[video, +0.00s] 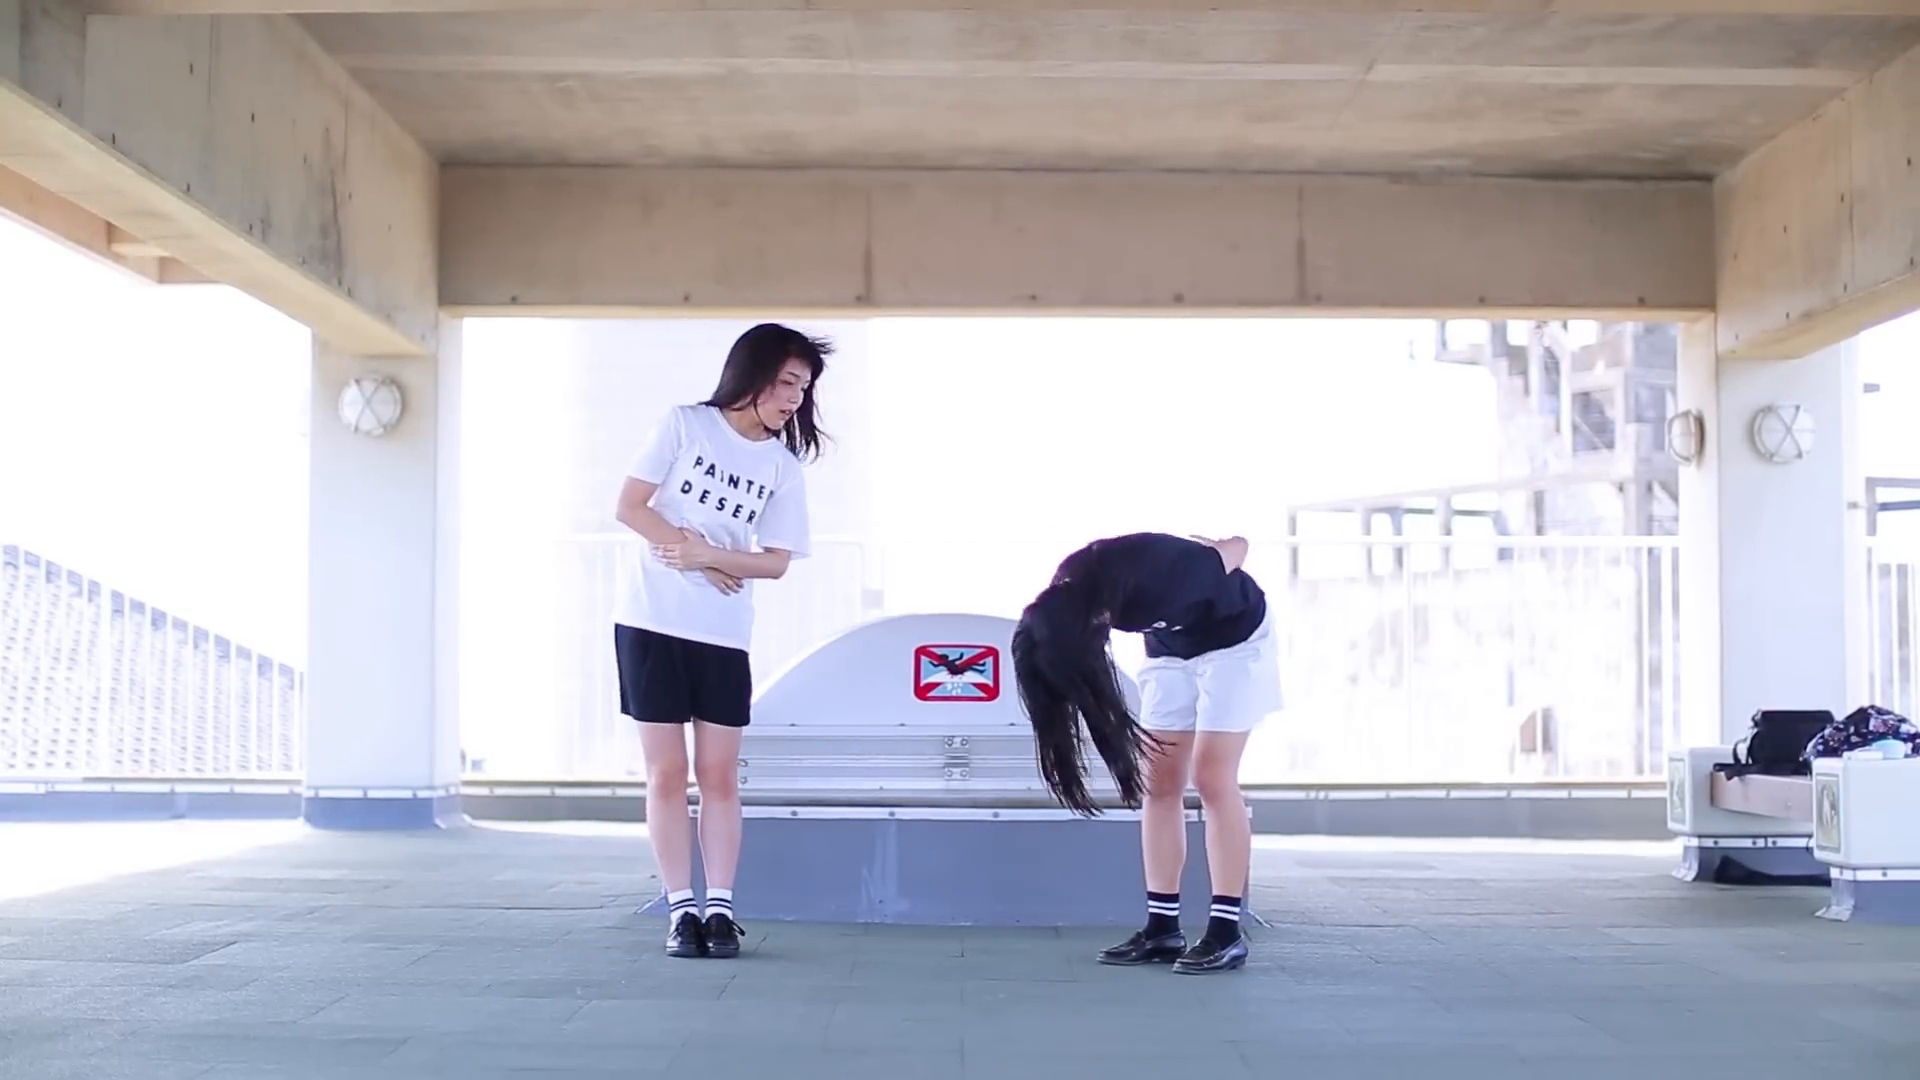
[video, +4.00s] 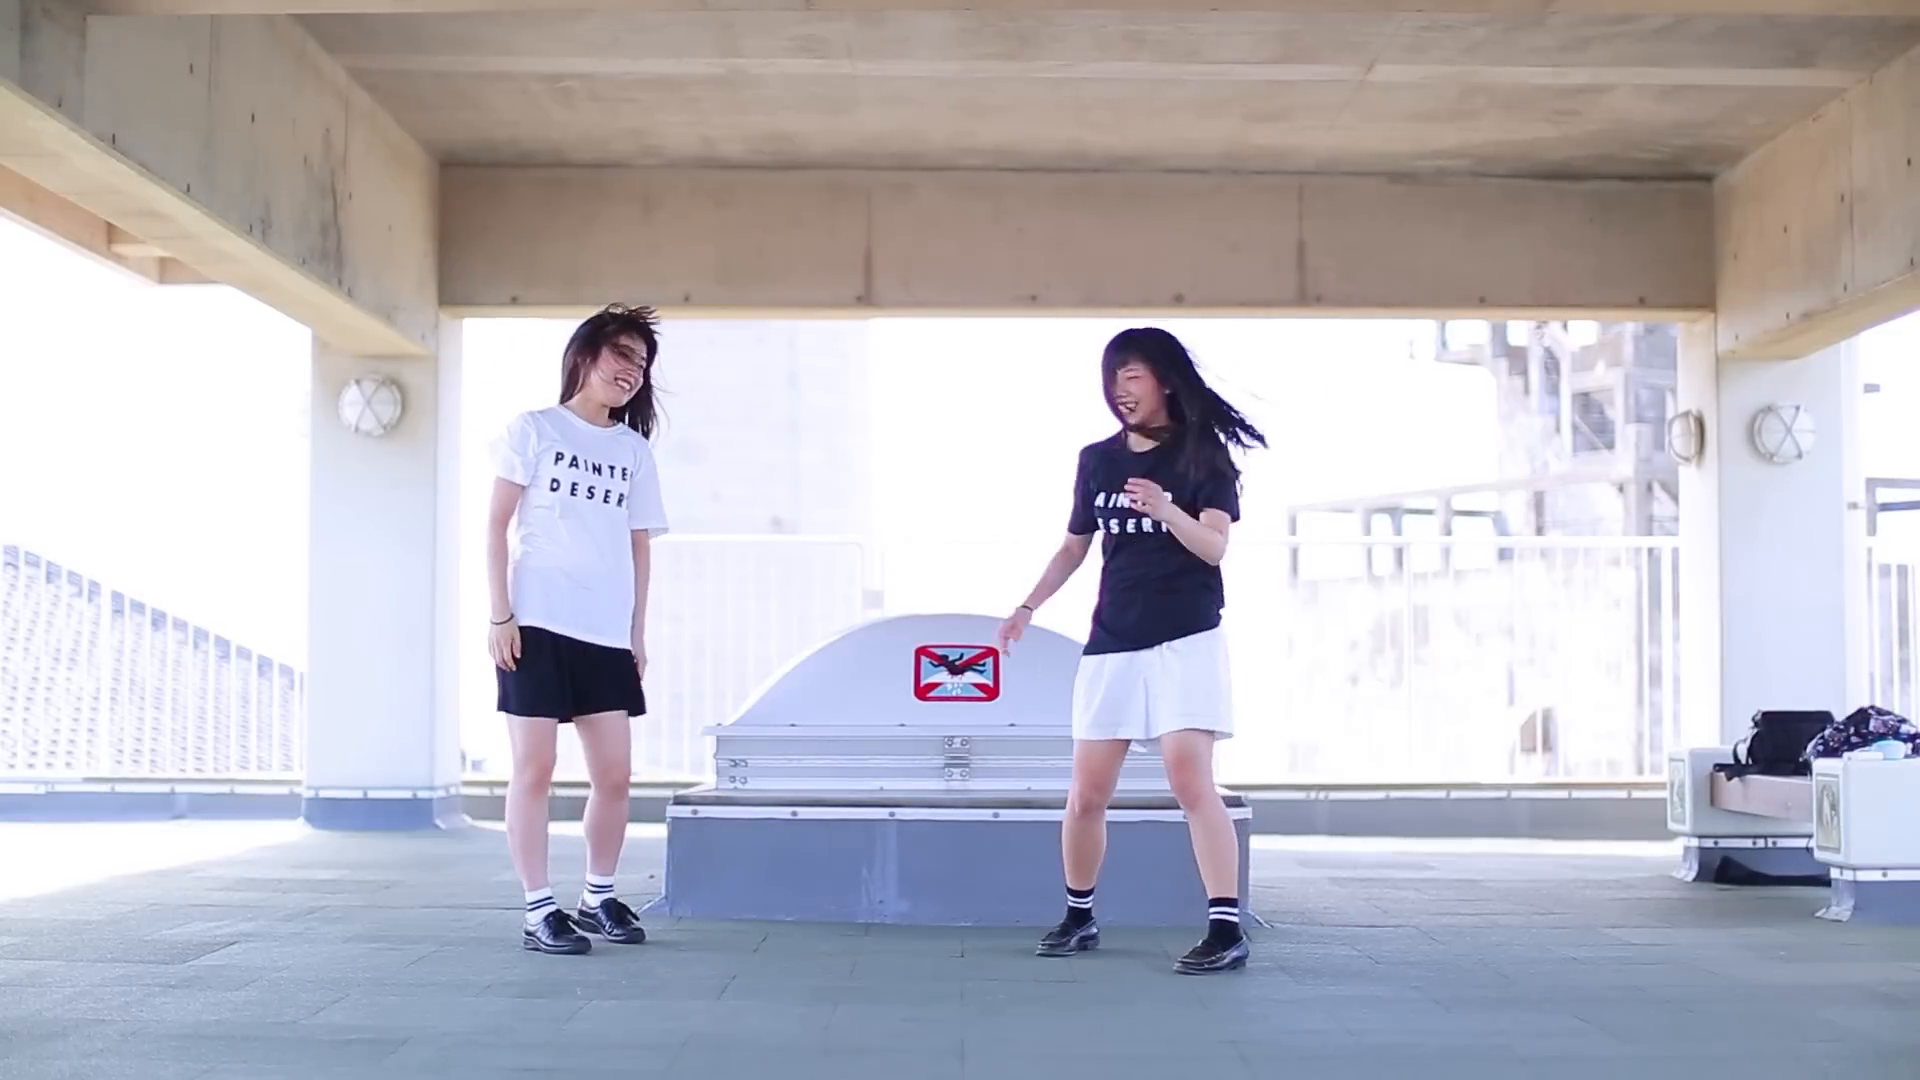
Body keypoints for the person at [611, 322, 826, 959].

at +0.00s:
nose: (795, 396)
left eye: (804, 386)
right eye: (787, 380)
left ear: (806, 392)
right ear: (752, 374)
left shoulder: (784, 466)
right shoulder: (686, 423)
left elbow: (777, 562)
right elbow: (631, 506)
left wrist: (708, 552)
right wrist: (702, 558)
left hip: (724, 633)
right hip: (653, 624)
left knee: (720, 779)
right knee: (666, 776)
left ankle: (720, 910)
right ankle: (682, 910)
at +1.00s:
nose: (726, 363)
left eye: (735, 353)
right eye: (712, 351)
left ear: (746, 361)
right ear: (682, 355)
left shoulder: (753, 441)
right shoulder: (646, 424)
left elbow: (763, 538)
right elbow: (601, 512)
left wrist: (704, 573)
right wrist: (676, 510)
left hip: (712, 630)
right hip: (636, 621)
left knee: (716, 778)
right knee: (609, 774)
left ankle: (719, 911)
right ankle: (583, 908)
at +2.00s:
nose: (593, 363)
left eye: (607, 351)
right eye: (584, 351)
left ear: (644, 359)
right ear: (577, 361)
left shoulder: (667, 420)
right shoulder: (564, 423)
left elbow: (667, 459)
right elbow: (495, 451)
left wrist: (625, 381)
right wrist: (546, 383)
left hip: (641, 620)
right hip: (566, 617)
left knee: (638, 776)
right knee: (572, 774)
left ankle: (647, 908)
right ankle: (577, 910)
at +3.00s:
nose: (619, 350)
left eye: (624, 341)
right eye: (603, 340)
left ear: (630, 355)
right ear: (569, 354)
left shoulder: (645, 433)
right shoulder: (542, 432)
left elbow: (662, 524)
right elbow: (527, 535)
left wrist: (689, 597)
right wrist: (526, 493)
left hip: (631, 622)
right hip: (558, 621)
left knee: (647, 771)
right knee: (567, 773)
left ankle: (636, 907)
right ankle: (578, 910)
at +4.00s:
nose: (627, 370)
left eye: (638, 363)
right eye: (617, 355)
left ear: (642, 377)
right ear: (584, 355)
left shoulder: (635, 450)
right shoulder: (535, 428)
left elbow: (639, 550)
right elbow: (497, 526)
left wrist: (637, 636)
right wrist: (501, 614)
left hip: (607, 634)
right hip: (536, 624)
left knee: (614, 776)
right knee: (534, 772)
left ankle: (600, 897)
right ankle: (539, 909)